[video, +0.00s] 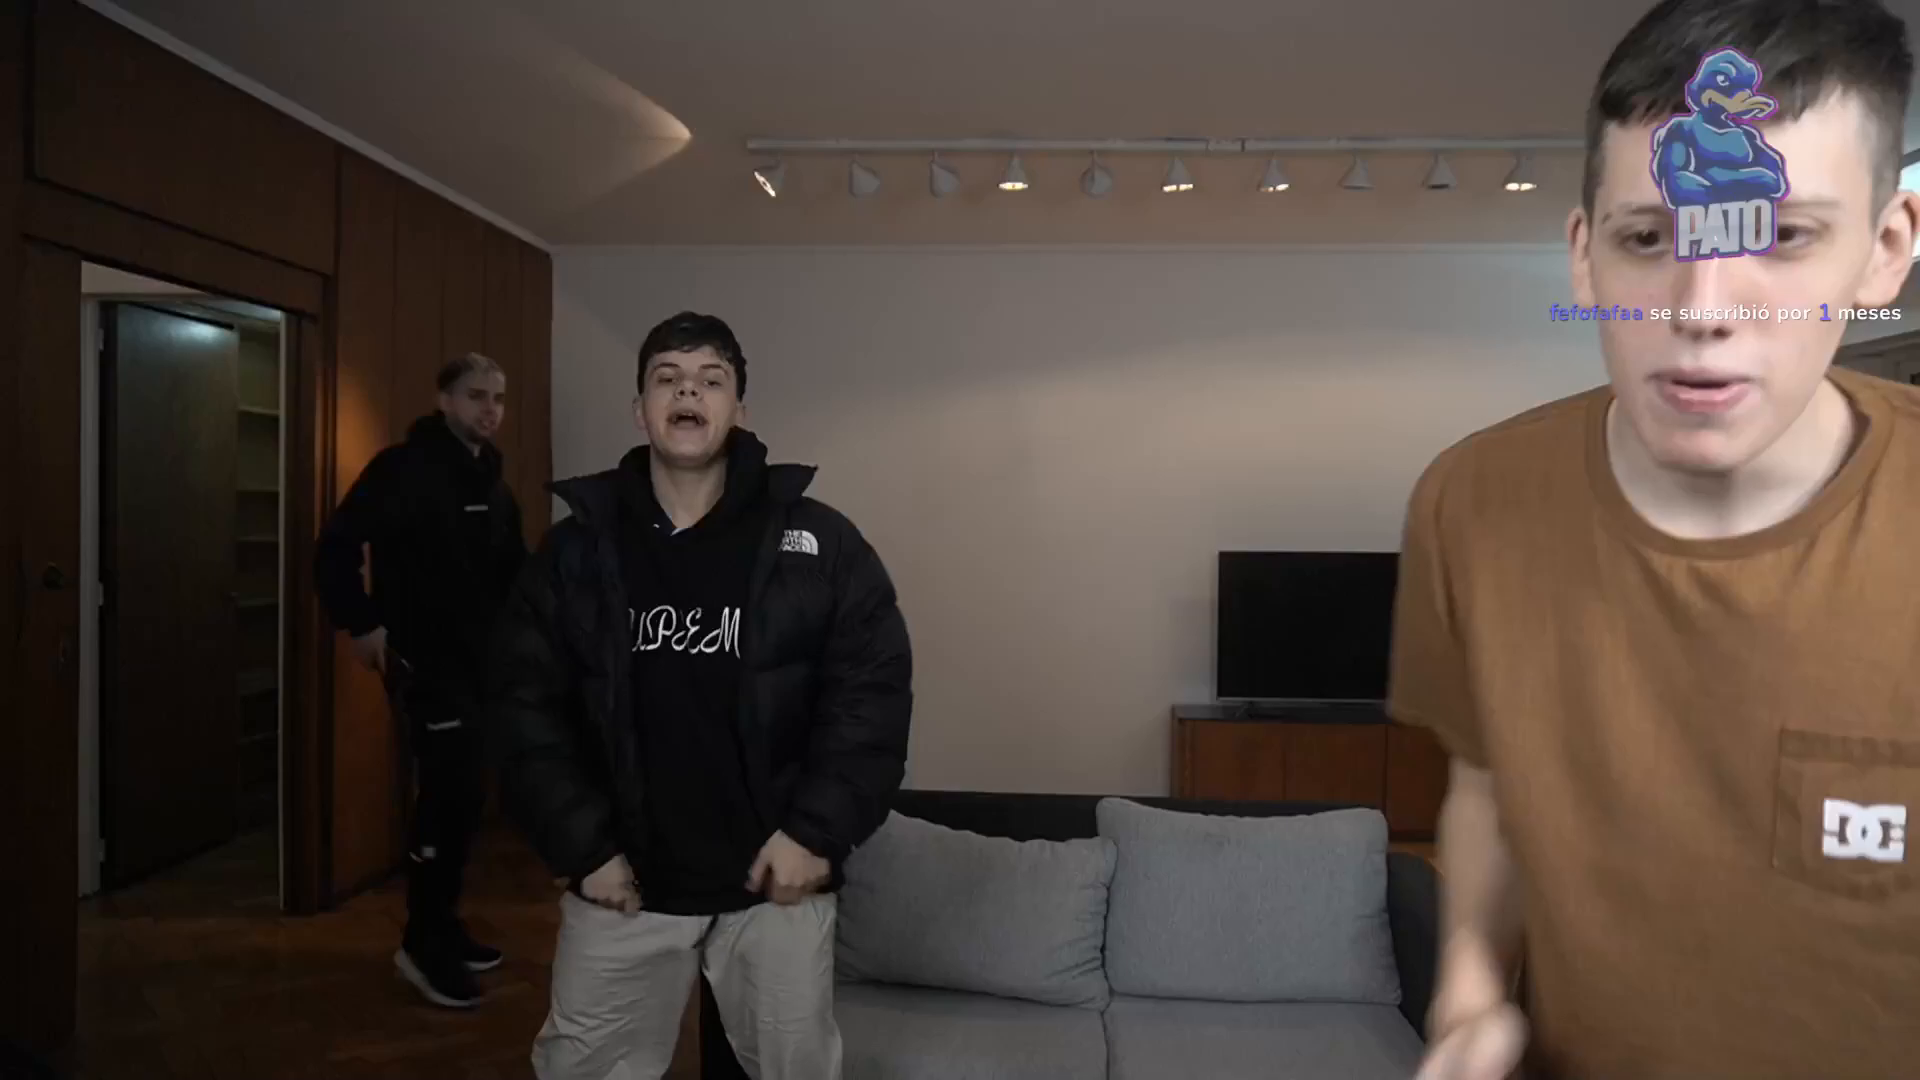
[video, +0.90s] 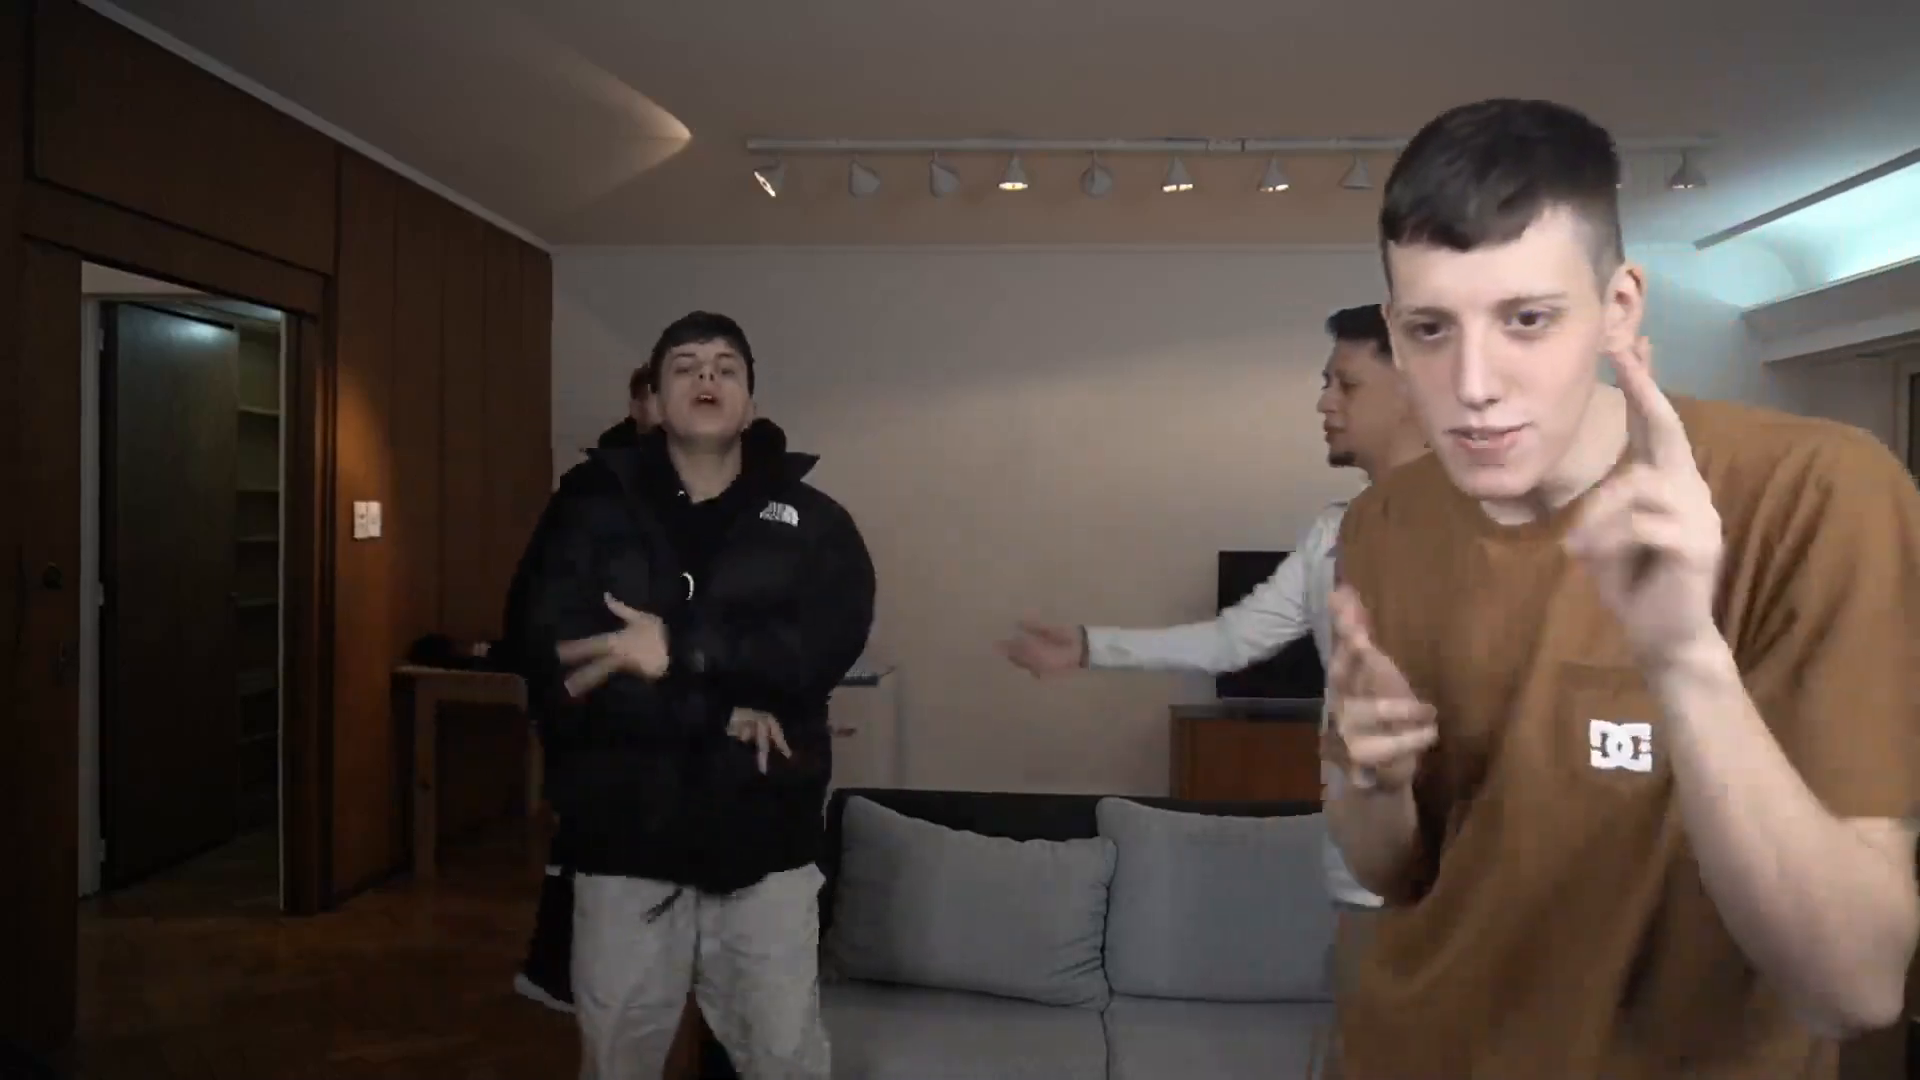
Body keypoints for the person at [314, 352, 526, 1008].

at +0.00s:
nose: (492, 409)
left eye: (499, 400)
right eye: (479, 397)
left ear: (501, 408)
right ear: (445, 399)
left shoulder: (490, 475)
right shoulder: (403, 465)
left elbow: (511, 561)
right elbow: (336, 546)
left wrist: (521, 628)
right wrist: (361, 624)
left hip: (480, 652)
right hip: (421, 655)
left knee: (462, 798)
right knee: (443, 798)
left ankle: (444, 928)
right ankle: (425, 946)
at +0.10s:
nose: (513, 410)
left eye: (519, 400)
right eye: (500, 398)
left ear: (523, 408)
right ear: (464, 401)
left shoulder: (512, 479)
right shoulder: (423, 470)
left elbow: (533, 576)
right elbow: (354, 560)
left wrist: (545, 645)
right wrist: (380, 629)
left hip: (498, 656)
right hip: (439, 658)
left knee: (453, 800)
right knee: (483, 806)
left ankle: (428, 932)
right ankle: (514, 959)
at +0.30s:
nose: (552, 412)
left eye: (559, 402)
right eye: (539, 400)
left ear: (563, 409)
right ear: (504, 404)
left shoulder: (551, 477)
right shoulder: (468, 475)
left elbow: (573, 571)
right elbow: (404, 575)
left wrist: (586, 646)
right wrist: (419, 651)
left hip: (542, 664)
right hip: (486, 667)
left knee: (505, 801)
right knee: (527, 810)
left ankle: (440, 920)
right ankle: (546, 960)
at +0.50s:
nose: (586, 410)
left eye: (594, 398)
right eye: (572, 398)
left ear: (602, 403)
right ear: (541, 401)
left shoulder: (610, 480)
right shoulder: (504, 476)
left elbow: (632, 569)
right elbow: (450, 559)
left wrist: (634, 642)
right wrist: (460, 658)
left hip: (590, 659)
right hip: (525, 664)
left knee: (577, 791)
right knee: (540, 798)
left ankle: (524, 892)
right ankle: (544, 960)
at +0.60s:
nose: (606, 410)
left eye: (613, 398)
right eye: (591, 397)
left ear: (622, 406)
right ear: (558, 400)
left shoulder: (630, 487)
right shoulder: (522, 478)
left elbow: (660, 577)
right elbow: (478, 577)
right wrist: (477, 668)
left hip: (616, 678)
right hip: (538, 675)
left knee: (611, 814)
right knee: (542, 821)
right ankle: (541, 964)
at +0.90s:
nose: (668, 407)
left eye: (672, 395)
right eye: (657, 391)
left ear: (679, 407)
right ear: (638, 403)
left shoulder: (716, 481)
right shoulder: (596, 482)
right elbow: (539, 610)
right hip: (596, 705)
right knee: (575, 838)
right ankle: (550, 968)